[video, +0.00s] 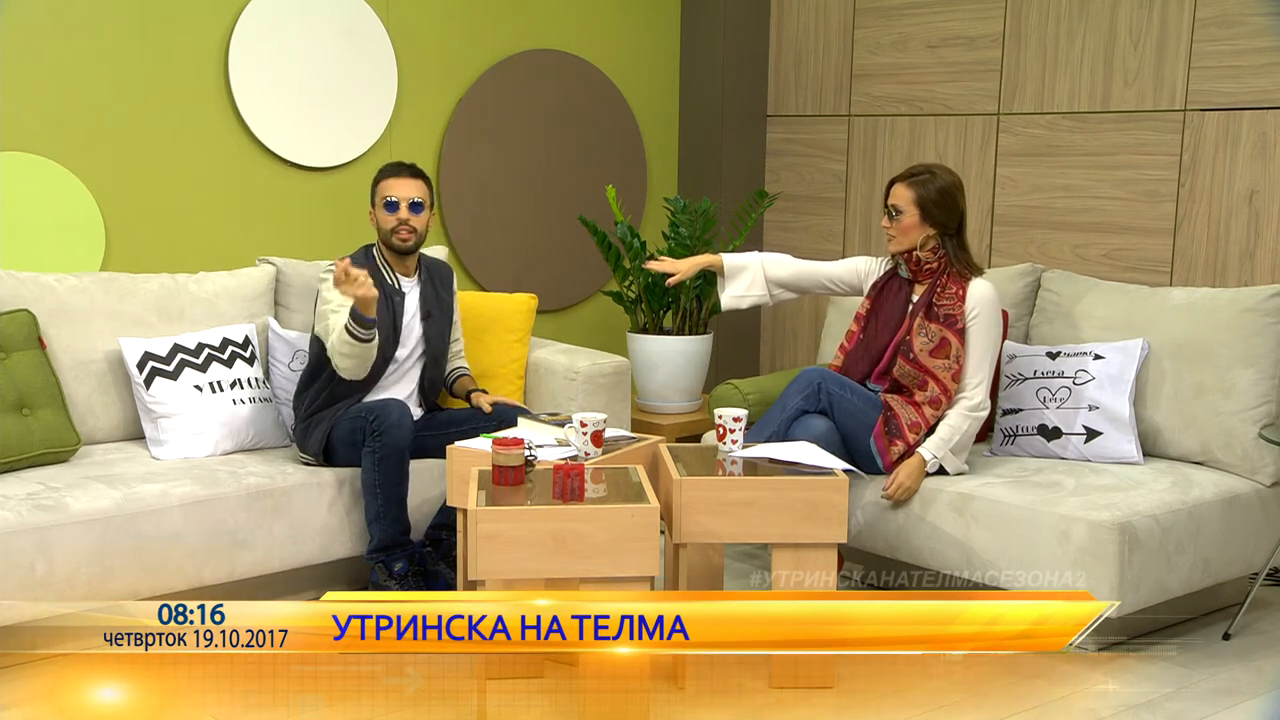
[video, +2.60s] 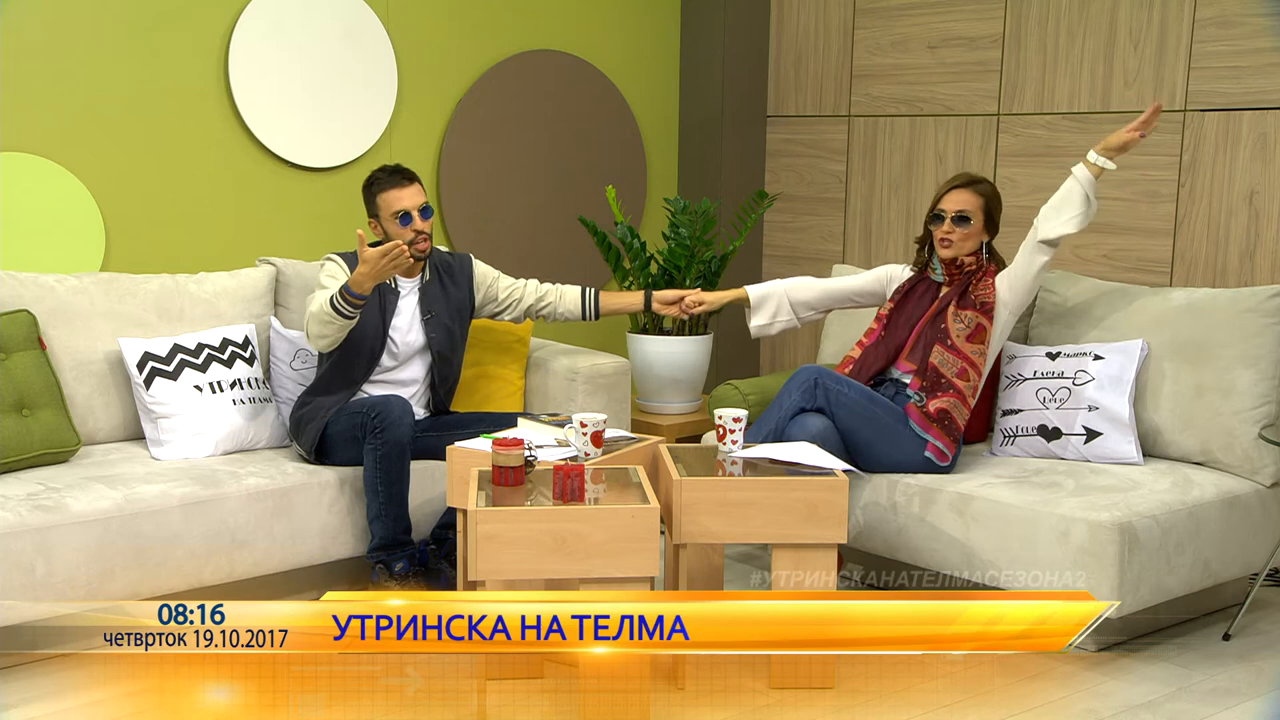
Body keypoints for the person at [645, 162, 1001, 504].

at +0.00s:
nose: (885, 222)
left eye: (897, 214)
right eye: (887, 212)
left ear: (934, 222)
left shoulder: (976, 295)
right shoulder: (883, 271)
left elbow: (973, 400)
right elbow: (799, 272)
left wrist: (921, 461)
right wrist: (707, 262)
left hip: (915, 440)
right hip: (862, 423)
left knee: (817, 379)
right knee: (811, 429)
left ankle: (728, 467)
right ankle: (808, 568)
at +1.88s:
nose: (917, 223)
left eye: (933, 214)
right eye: (914, 213)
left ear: (964, 227)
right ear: (907, 219)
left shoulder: (989, 295)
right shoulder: (890, 276)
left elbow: (1002, 372)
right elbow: (807, 290)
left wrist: (971, 429)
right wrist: (714, 295)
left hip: (922, 436)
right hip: (864, 421)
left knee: (813, 380)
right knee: (809, 431)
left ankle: (734, 468)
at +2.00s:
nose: (927, 223)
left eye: (943, 216)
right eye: (922, 213)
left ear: (972, 227)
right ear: (914, 219)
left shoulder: (991, 294)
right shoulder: (897, 279)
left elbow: (1032, 316)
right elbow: (811, 295)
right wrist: (716, 302)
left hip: (926, 440)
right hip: (868, 423)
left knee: (812, 380)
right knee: (809, 429)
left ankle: (732, 475)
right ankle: (804, 571)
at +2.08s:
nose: (934, 223)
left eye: (949, 216)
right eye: (928, 214)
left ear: (976, 229)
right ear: (918, 222)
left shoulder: (994, 292)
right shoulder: (896, 282)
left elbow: (1044, 276)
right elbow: (810, 294)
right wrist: (718, 303)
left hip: (924, 440)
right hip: (865, 422)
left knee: (812, 381)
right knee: (810, 432)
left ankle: (734, 472)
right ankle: (802, 570)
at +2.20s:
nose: (939, 226)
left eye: (954, 217)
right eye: (933, 216)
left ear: (981, 229)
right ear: (923, 224)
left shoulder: (996, 293)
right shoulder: (900, 280)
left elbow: (1040, 241)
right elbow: (816, 292)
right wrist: (723, 300)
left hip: (923, 436)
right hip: (865, 418)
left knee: (812, 380)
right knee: (800, 430)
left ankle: (739, 459)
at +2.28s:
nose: (941, 225)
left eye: (956, 217)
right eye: (934, 215)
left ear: (983, 228)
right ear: (925, 222)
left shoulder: (998, 291)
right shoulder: (901, 280)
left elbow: (1039, 232)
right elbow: (816, 296)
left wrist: (1090, 150)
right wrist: (724, 300)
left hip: (924, 433)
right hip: (863, 415)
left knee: (812, 381)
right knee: (805, 438)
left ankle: (741, 458)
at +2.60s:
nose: (947, 229)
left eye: (962, 220)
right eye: (940, 219)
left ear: (988, 231)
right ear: (930, 226)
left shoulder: (1001, 294)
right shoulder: (905, 280)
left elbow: (1045, 237)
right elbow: (820, 290)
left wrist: (1100, 157)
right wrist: (725, 297)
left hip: (925, 433)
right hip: (866, 415)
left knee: (813, 380)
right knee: (807, 434)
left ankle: (731, 469)